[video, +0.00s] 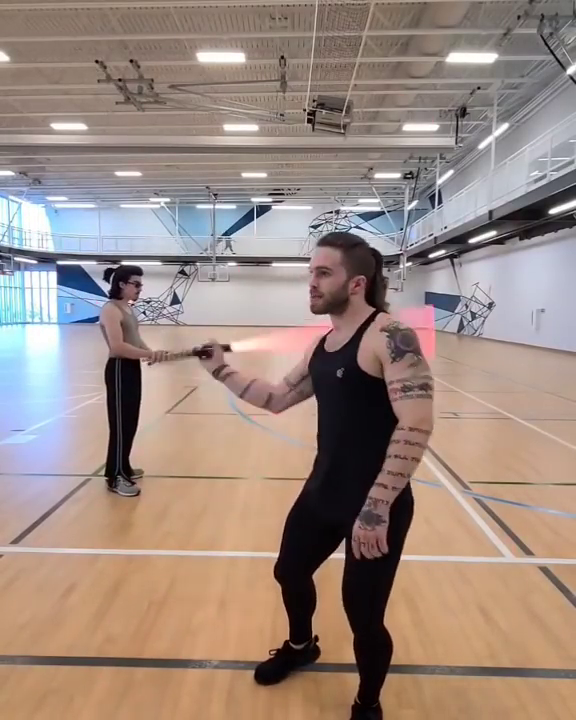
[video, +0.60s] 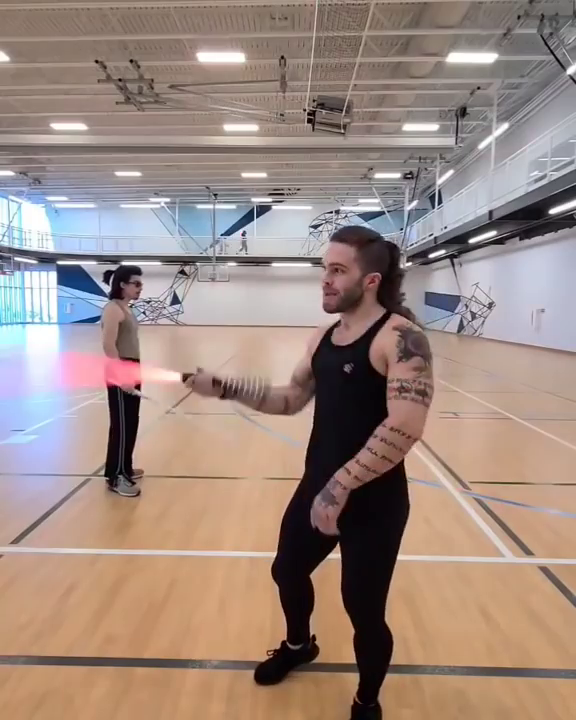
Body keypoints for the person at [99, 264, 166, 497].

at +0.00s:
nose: (139, 289)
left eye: (140, 285)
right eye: (135, 285)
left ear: (130, 287)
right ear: (121, 285)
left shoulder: (128, 309)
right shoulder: (111, 310)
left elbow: (134, 341)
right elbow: (116, 347)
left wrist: (152, 352)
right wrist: (148, 354)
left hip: (131, 366)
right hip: (120, 368)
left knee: (129, 422)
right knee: (121, 423)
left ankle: (123, 468)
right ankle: (114, 477)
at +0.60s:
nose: (139, 288)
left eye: (140, 284)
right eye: (135, 284)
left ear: (132, 287)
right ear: (121, 285)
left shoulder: (125, 309)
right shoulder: (113, 309)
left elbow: (127, 343)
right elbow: (109, 345)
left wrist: (134, 371)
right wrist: (121, 376)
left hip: (131, 371)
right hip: (120, 373)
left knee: (130, 425)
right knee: (120, 426)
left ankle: (125, 468)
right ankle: (114, 476)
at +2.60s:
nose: (138, 289)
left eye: (138, 285)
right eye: (133, 284)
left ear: (130, 287)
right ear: (120, 286)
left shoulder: (124, 310)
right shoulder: (113, 312)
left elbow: (129, 347)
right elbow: (118, 350)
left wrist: (138, 376)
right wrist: (132, 381)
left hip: (132, 368)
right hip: (123, 370)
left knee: (122, 422)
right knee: (135, 424)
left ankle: (115, 468)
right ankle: (135, 479)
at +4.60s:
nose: (138, 289)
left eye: (139, 285)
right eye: (134, 285)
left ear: (132, 288)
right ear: (120, 286)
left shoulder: (127, 311)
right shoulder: (114, 313)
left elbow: (133, 347)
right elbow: (119, 351)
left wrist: (143, 373)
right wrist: (132, 382)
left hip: (132, 370)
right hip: (123, 372)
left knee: (123, 422)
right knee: (136, 424)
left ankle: (114, 468)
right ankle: (135, 479)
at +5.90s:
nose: (140, 288)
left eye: (140, 284)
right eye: (135, 284)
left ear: (134, 287)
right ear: (122, 286)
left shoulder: (126, 310)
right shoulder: (115, 313)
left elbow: (133, 347)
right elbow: (120, 351)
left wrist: (143, 374)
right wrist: (133, 381)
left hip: (132, 369)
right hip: (124, 372)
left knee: (123, 422)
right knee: (137, 425)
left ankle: (115, 467)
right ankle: (135, 480)